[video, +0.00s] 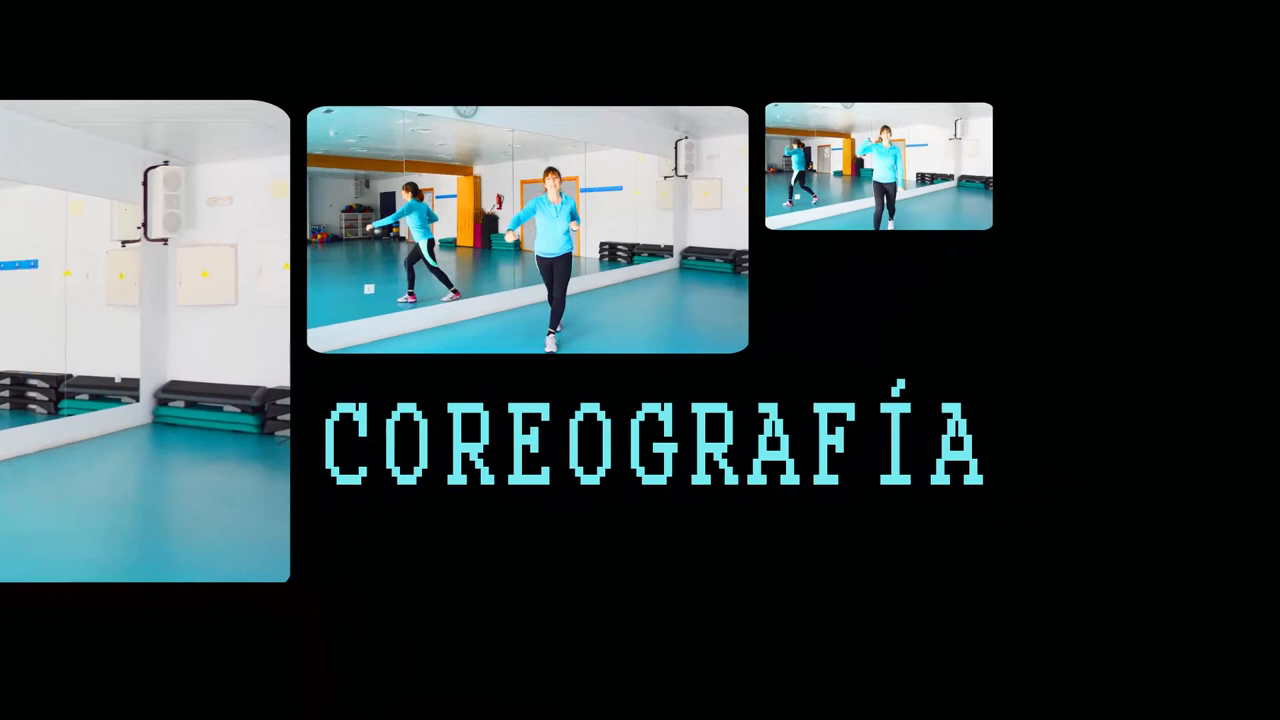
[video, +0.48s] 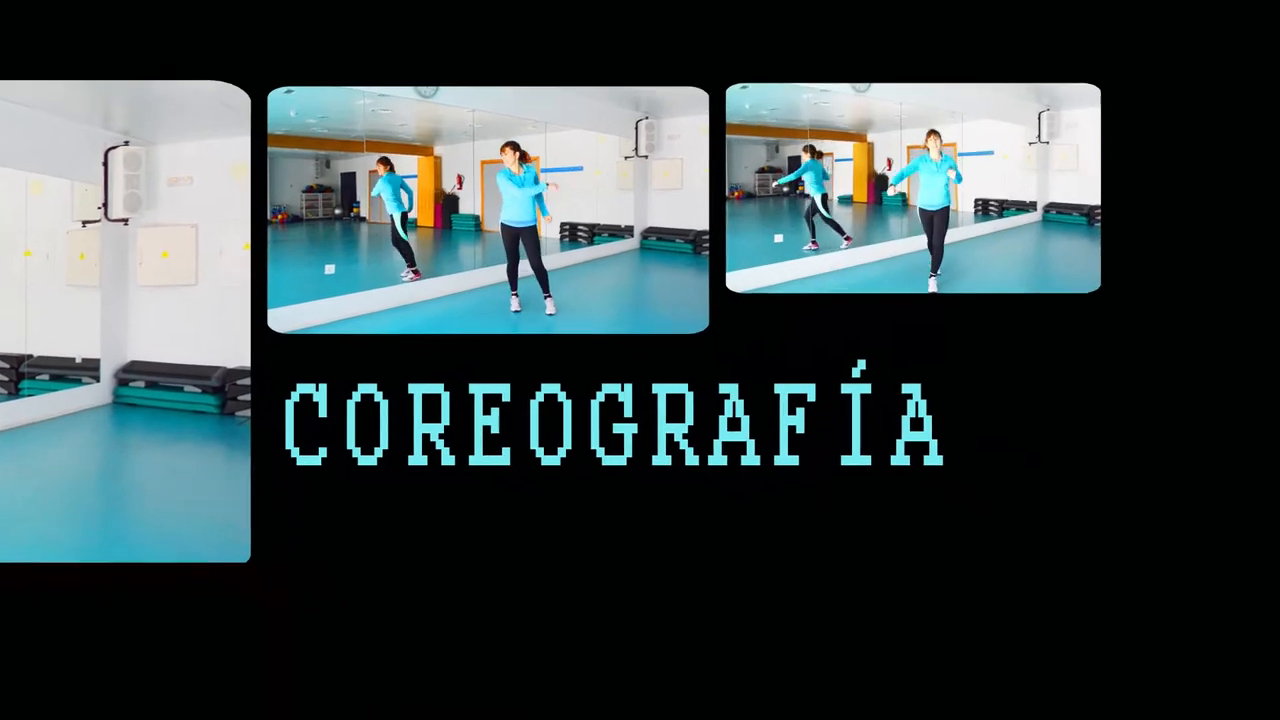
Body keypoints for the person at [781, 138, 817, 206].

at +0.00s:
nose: (793, 146)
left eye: (794, 144)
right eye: (793, 144)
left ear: (796, 144)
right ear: (799, 145)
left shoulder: (796, 150)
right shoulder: (801, 151)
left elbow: (787, 153)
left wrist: (786, 148)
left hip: (797, 169)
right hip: (802, 169)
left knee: (791, 184)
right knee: (802, 185)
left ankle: (790, 201)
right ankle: (814, 196)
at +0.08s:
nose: (793, 149)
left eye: (794, 147)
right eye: (793, 147)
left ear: (797, 147)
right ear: (799, 147)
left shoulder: (798, 154)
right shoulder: (802, 154)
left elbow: (791, 159)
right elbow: (792, 160)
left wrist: (789, 155)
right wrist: (789, 156)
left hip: (801, 175)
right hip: (805, 174)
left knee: (794, 191)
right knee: (807, 192)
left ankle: (788, 209)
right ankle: (817, 207)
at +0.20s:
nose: (795, 150)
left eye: (796, 148)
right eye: (795, 148)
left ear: (799, 147)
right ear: (802, 147)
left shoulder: (801, 155)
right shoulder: (805, 155)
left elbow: (797, 165)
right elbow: (803, 169)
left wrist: (790, 167)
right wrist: (796, 173)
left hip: (805, 179)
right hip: (810, 178)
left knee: (801, 200)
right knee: (811, 199)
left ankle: (798, 221)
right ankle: (817, 219)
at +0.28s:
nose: (796, 149)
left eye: (797, 147)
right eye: (797, 147)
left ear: (801, 147)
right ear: (804, 147)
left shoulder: (803, 156)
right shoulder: (807, 155)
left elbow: (797, 167)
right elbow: (798, 167)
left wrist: (787, 173)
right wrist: (789, 172)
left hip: (810, 182)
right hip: (809, 181)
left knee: (809, 204)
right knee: (808, 204)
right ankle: (814, 226)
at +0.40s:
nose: (800, 152)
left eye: (801, 150)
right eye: (800, 150)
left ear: (805, 150)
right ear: (809, 150)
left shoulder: (805, 160)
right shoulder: (815, 160)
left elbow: (795, 172)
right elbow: (820, 173)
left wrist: (781, 179)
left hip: (813, 188)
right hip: (815, 188)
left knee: (817, 211)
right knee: (809, 212)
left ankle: (836, 232)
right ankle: (814, 236)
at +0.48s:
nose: (802, 156)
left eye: (803, 154)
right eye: (802, 154)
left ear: (808, 154)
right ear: (812, 154)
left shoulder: (807, 164)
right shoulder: (818, 164)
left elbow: (794, 175)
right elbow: (826, 177)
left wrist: (778, 182)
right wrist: (814, 177)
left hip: (818, 194)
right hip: (819, 194)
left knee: (826, 217)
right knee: (808, 216)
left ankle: (846, 237)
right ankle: (813, 242)